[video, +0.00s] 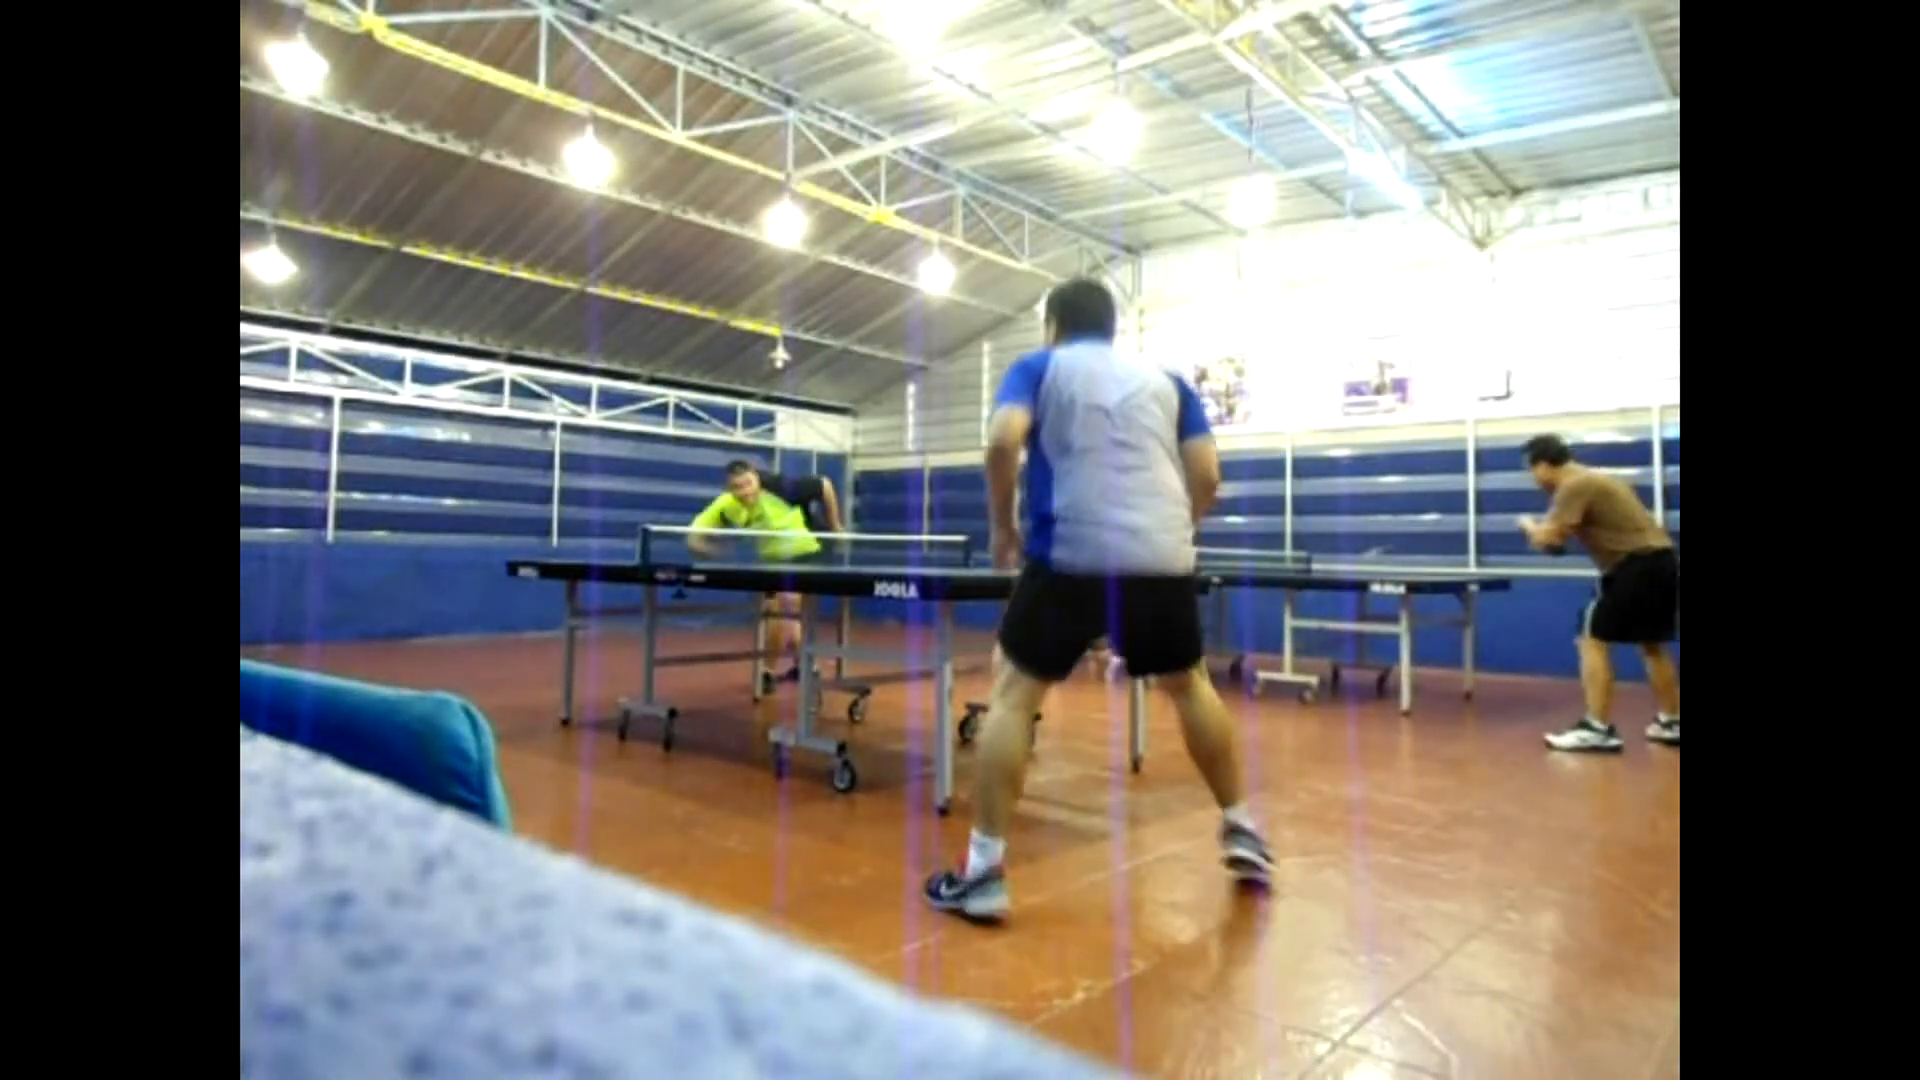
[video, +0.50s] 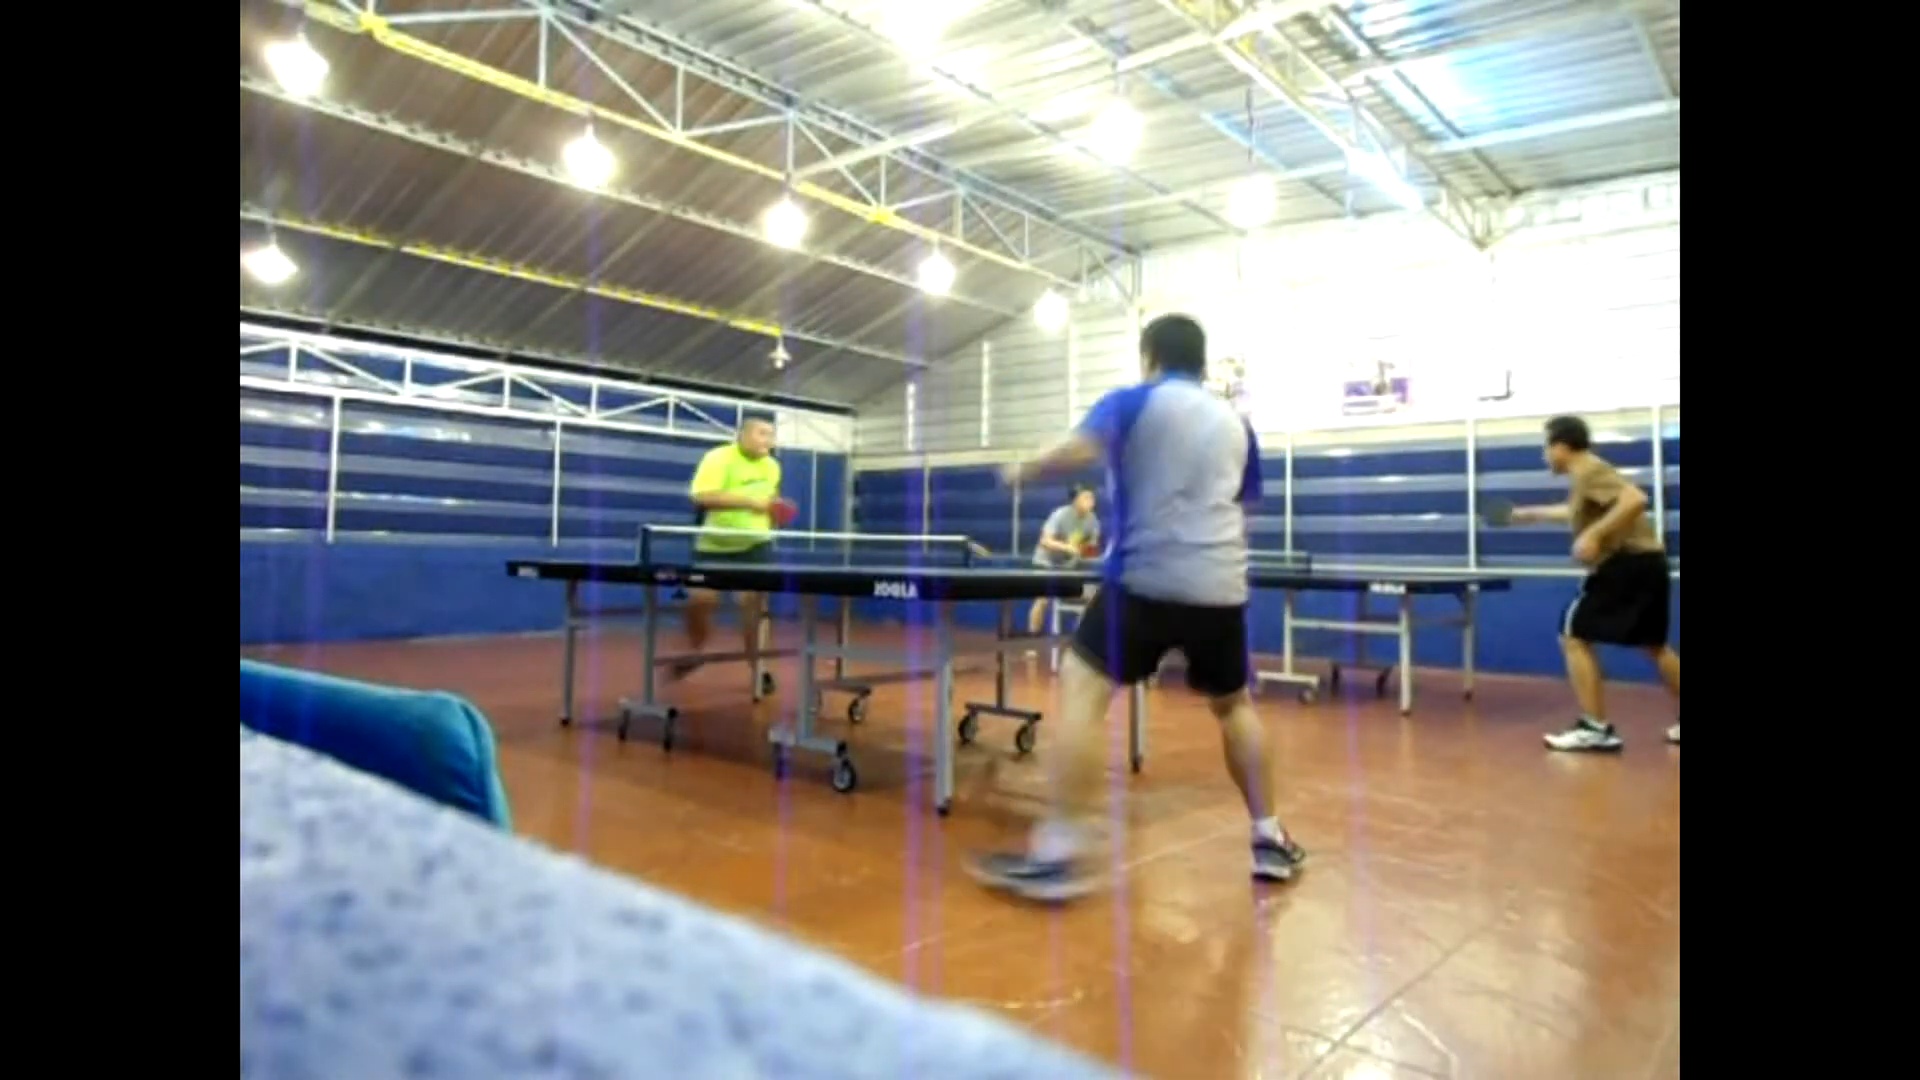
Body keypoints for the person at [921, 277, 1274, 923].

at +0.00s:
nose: (1044, 336)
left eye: (1045, 327)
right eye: (1048, 328)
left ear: (1053, 327)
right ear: (1114, 329)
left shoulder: (1037, 369)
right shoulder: (1169, 384)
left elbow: (1004, 439)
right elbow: (1207, 481)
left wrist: (1003, 528)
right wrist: (1167, 532)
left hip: (1070, 564)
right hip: (1164, 566)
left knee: (1014, 701)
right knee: (1190, 686)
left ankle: (982, 868)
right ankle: (1238, 822)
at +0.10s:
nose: (1051, 330)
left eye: (1054, 320)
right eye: (1056, 320)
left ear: (1065, 321)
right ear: (1119, 319)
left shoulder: (1051, 361)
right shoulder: (1176, 377)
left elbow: (1018, 435)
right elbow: (1214, 472)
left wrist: (1005, 512)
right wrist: (1169, 521)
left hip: (1073, 561)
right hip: (1163, 567)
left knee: (1000, 684)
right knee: (1186, 687)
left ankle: (981, 848)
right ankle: (1228, 827)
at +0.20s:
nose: (1068, 351)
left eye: (1069, 340)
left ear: (1074, 343)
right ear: (1131, 344)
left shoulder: (1057, 390)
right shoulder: (1178, 404)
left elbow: (1017, 470)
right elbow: (1218, 497)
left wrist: (1006, 532)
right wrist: (1163, 522)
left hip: (1075, 589)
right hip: (1164, 596)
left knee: (999, 699)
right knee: (1186, 698)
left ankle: (978, 871)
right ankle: (1225, 837)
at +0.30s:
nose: (1086, 374)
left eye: (1088, 365)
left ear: (1093, 369)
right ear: (1151, 373)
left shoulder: (1059, 420)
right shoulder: (1187, 431)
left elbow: (1003, 504)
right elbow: (1222, 528)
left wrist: (1019, 548)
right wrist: (1166, 528)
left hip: (1086, 609)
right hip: (1175, 615)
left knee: (997, 713)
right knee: (1194, 687)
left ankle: (978, 873)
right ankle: (1229, 817)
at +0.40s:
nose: (1118, 377)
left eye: (1120, 368)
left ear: (1125, 372)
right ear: (1179, 374)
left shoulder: (1095, 421)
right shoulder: (1215, 437)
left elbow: (1026, 494)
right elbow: (1242, 527)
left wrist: (1034, 533)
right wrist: (1199, 555)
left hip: (1113, 609)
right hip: (1196, 616)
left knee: (1033, 719)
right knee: (1220, 711)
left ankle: (984, 874)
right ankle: (1267, 838)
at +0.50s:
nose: (1140, 365)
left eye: (1143, 357)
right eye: (1144, 357)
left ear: (1152, 358)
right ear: (1202, 361)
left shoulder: (1132, 404)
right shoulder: (1235, 425)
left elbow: (1079, 454)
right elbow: (1246, 501)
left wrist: (1022, 472)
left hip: (1144, 590)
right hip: (1219, 597)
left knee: (1081, 698)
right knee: (1235, 707)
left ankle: (1055, 849)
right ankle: (1268, 837)